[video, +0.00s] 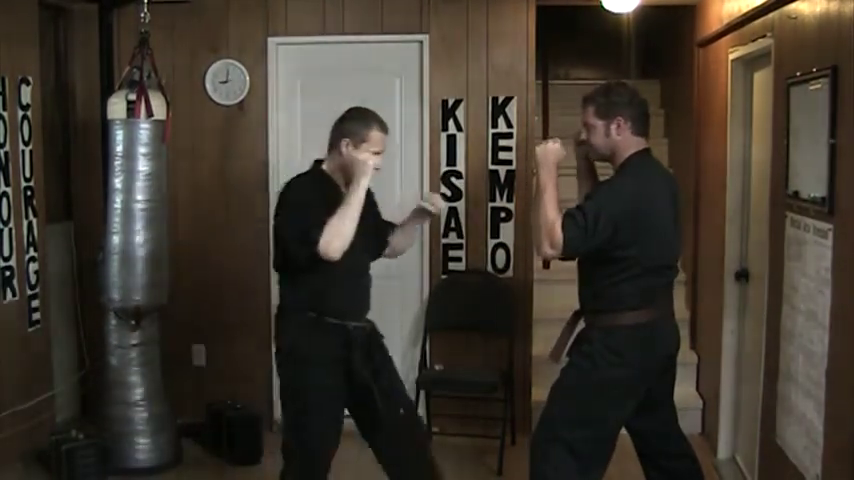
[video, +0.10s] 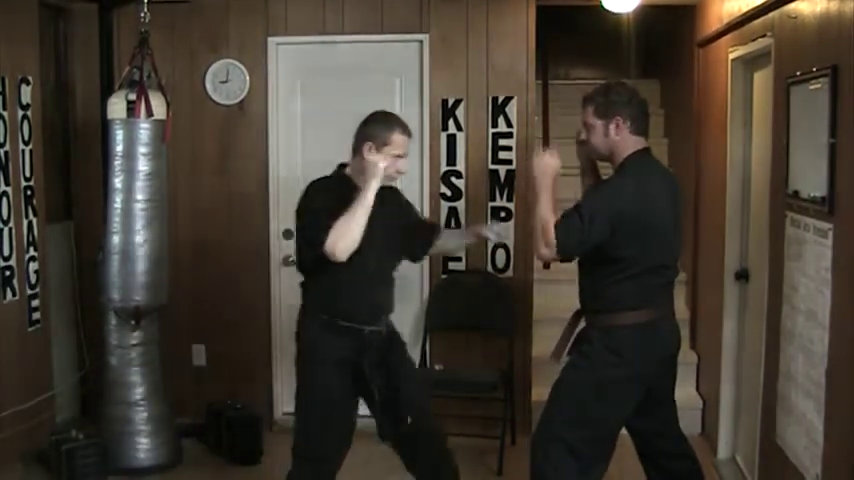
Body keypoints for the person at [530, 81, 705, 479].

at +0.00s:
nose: (584, 137)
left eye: (589, 128)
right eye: (583, 128)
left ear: (618, 127)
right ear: (625, 126)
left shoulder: (624, 187)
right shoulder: (662, 180)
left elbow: (555, 242)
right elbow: (599, 222)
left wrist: (546, 169)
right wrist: (585, 161)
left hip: (616, 342)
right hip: (657, 336)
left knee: (556, 450)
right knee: (664, 447)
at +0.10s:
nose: (584, 137)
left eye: (588, 127)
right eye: (583, 127)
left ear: (617, 126)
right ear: (625, 126)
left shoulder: (619, 189)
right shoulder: (664, 181)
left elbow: (550, 247)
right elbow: (602, 225)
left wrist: (544, 180)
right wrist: (588, 166)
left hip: (616, 343)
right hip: (658, 336)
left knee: (556, 451)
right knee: (665, 447)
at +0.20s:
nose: (586, 139)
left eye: (589, 128)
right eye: (585, 129)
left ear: (617, 126)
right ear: (626, 125)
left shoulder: (620, 189)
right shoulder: (665, 181)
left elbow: (546, 249)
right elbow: (602, 221)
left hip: (618, 343)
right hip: (660, 336)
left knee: (557, 450)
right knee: (664, 446)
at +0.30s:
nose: (585, 139)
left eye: (588, 128)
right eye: (585, 128)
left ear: (617, 126)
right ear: (627, 126)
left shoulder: (616, 190)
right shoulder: (666, 181)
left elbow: (545, 258)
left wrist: (541, 290)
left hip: (617, 343)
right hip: (661, 338)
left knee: (557, 450)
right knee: (664, 447)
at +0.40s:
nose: (584, 140)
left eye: (587, 129)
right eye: (583, 130)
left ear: (616, 127)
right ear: (625, 127)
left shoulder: (616, 189)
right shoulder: (664, 181)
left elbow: (545, 263)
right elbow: (639, 270)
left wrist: (535, 293)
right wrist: (586, 324)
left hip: (618, 345)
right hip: (661, 340)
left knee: (556, 451)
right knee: (664, 449)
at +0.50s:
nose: (582, 140)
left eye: (586, 130)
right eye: (582, 130)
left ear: (615, 127)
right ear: (624, 127)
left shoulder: (616, 191)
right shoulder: (665, 184)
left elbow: (553, 263)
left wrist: (550, 245)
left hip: (618, 342)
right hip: (660, 336)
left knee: (557, 448)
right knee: (662, 447)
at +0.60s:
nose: (579, 140)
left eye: (584, 130)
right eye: (579, 131)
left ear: (615, 129)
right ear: (616, 129)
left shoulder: (630, 184)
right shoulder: (639, 177)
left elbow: (575, 259)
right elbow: (589, 226)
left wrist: (551, 209)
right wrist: (566, 185)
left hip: (621, 340)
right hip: (645, 335)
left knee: (558, 451)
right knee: (661, 446)